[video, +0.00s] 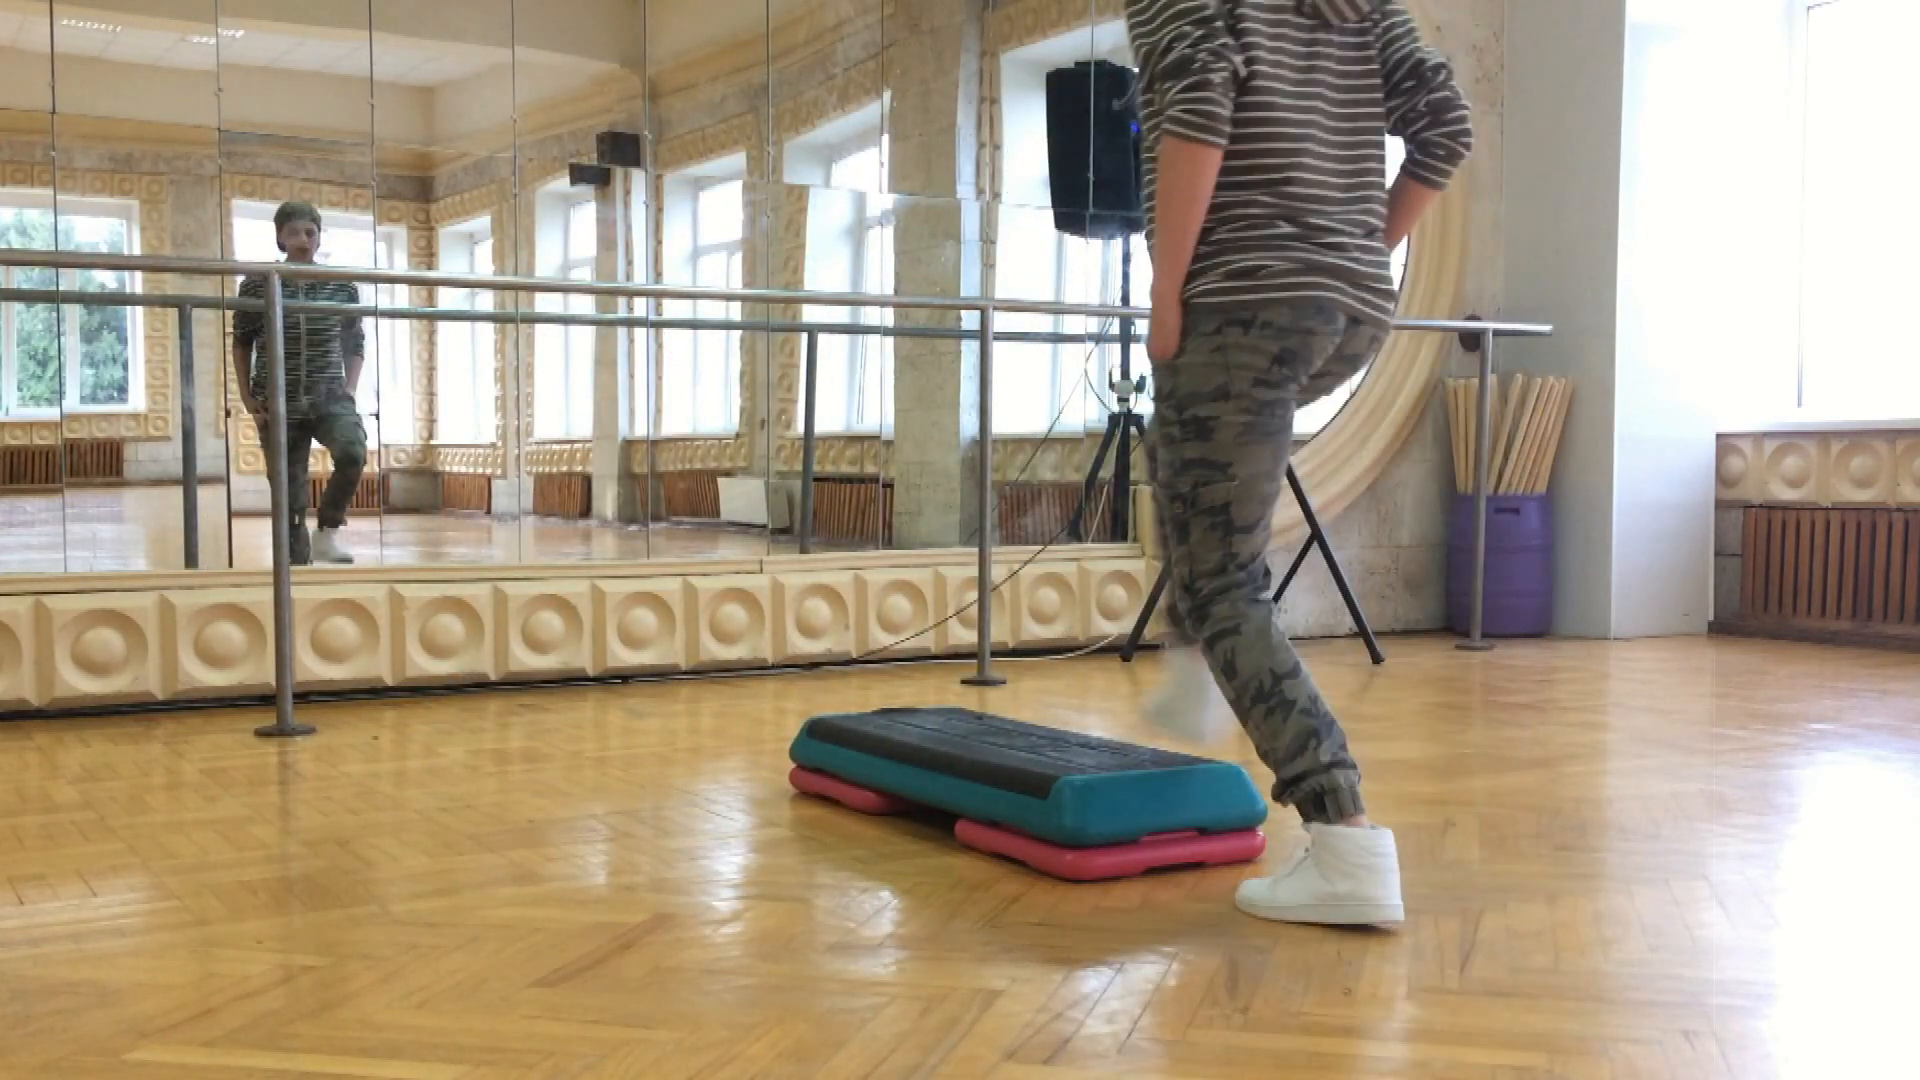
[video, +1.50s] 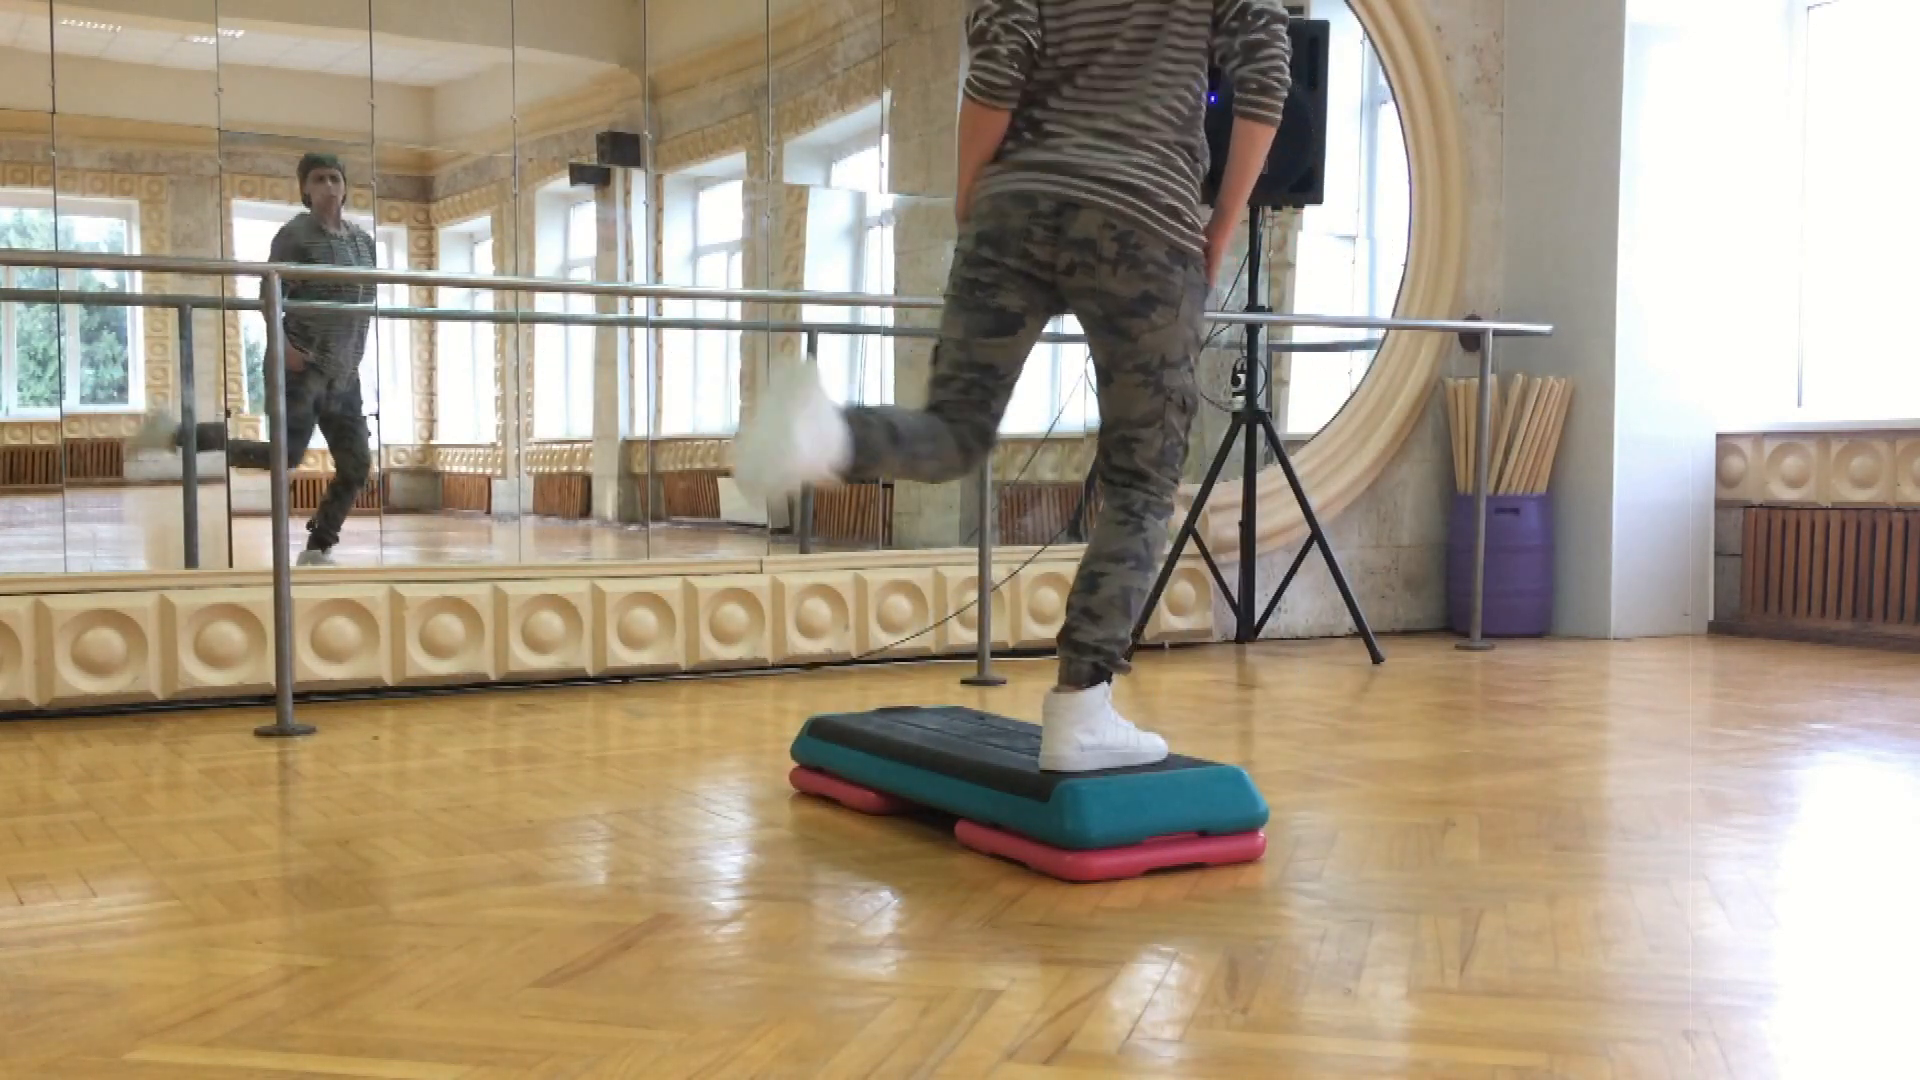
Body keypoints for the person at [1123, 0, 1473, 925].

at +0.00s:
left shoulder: (1180, 4)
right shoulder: (1360, 7)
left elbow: (1201, 107)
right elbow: (1443, 124)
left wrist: (1166, 294)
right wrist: (1370, 251)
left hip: (1248, 293)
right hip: (1358, 306)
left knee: (1222, 582)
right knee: (1193, 439)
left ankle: (1347, 849)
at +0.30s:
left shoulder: (1085, 4)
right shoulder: (1268, 6)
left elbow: (1110, 90)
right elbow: (1343, 128)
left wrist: (1081, 277)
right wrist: (1274, 256)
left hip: (1159, 274)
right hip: (1268, 288)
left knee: (1024, 518)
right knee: (1133, 489)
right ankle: (1122, 752)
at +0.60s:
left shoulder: (1027, 5)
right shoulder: (1212, 12)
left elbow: (1047, 98)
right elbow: (1294, 156)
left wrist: (1017, 278)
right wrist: (1226, 275)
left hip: (1094, 282)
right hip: (1209, 299)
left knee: (964, 526)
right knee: (1116, 503)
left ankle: (873, 789)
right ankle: (1123, 739)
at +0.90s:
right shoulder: (1262, 4)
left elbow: (1021, 38)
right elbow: (1293, 73)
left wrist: (982, 179)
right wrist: (1236, 214)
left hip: (1049, 168)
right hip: (1177, 199)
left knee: (928, 390)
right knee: (1138, 458)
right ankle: (1119, 701)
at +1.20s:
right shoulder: (1253, 2)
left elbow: (1010, 92)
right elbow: (1284, 97)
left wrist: (984, 220)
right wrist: (1231, 242)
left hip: (1035, 199)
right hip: (1163, 222)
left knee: (903, 415)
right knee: (1160, 488)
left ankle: (769, 315)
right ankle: (1083, 711)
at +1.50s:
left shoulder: (1024, 1)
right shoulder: (1235, 5)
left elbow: (996, 69)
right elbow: (1264, 86)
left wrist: (970, 207)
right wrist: (1221, 232)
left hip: (1017, 191)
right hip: (1146, 214)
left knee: (955, 429)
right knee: (1139, 483)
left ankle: (825, 435)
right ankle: (1079, 712)